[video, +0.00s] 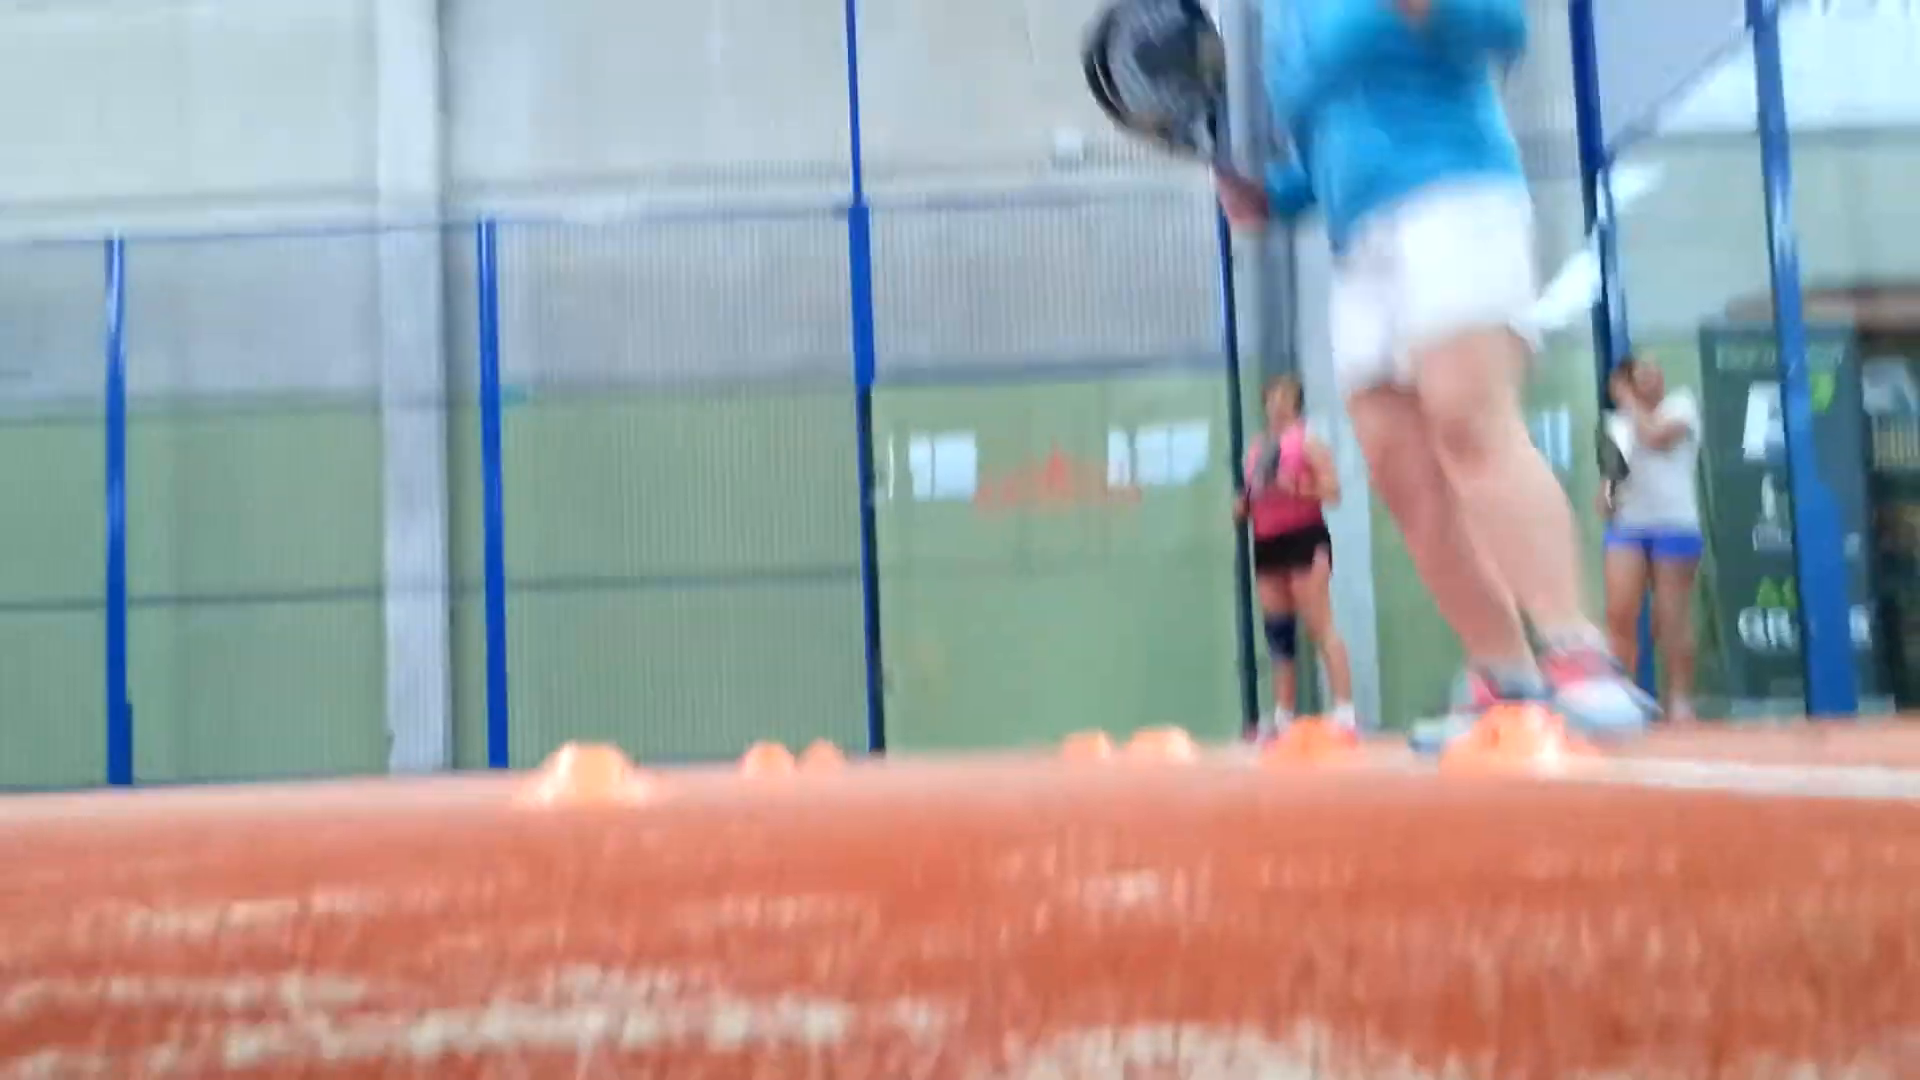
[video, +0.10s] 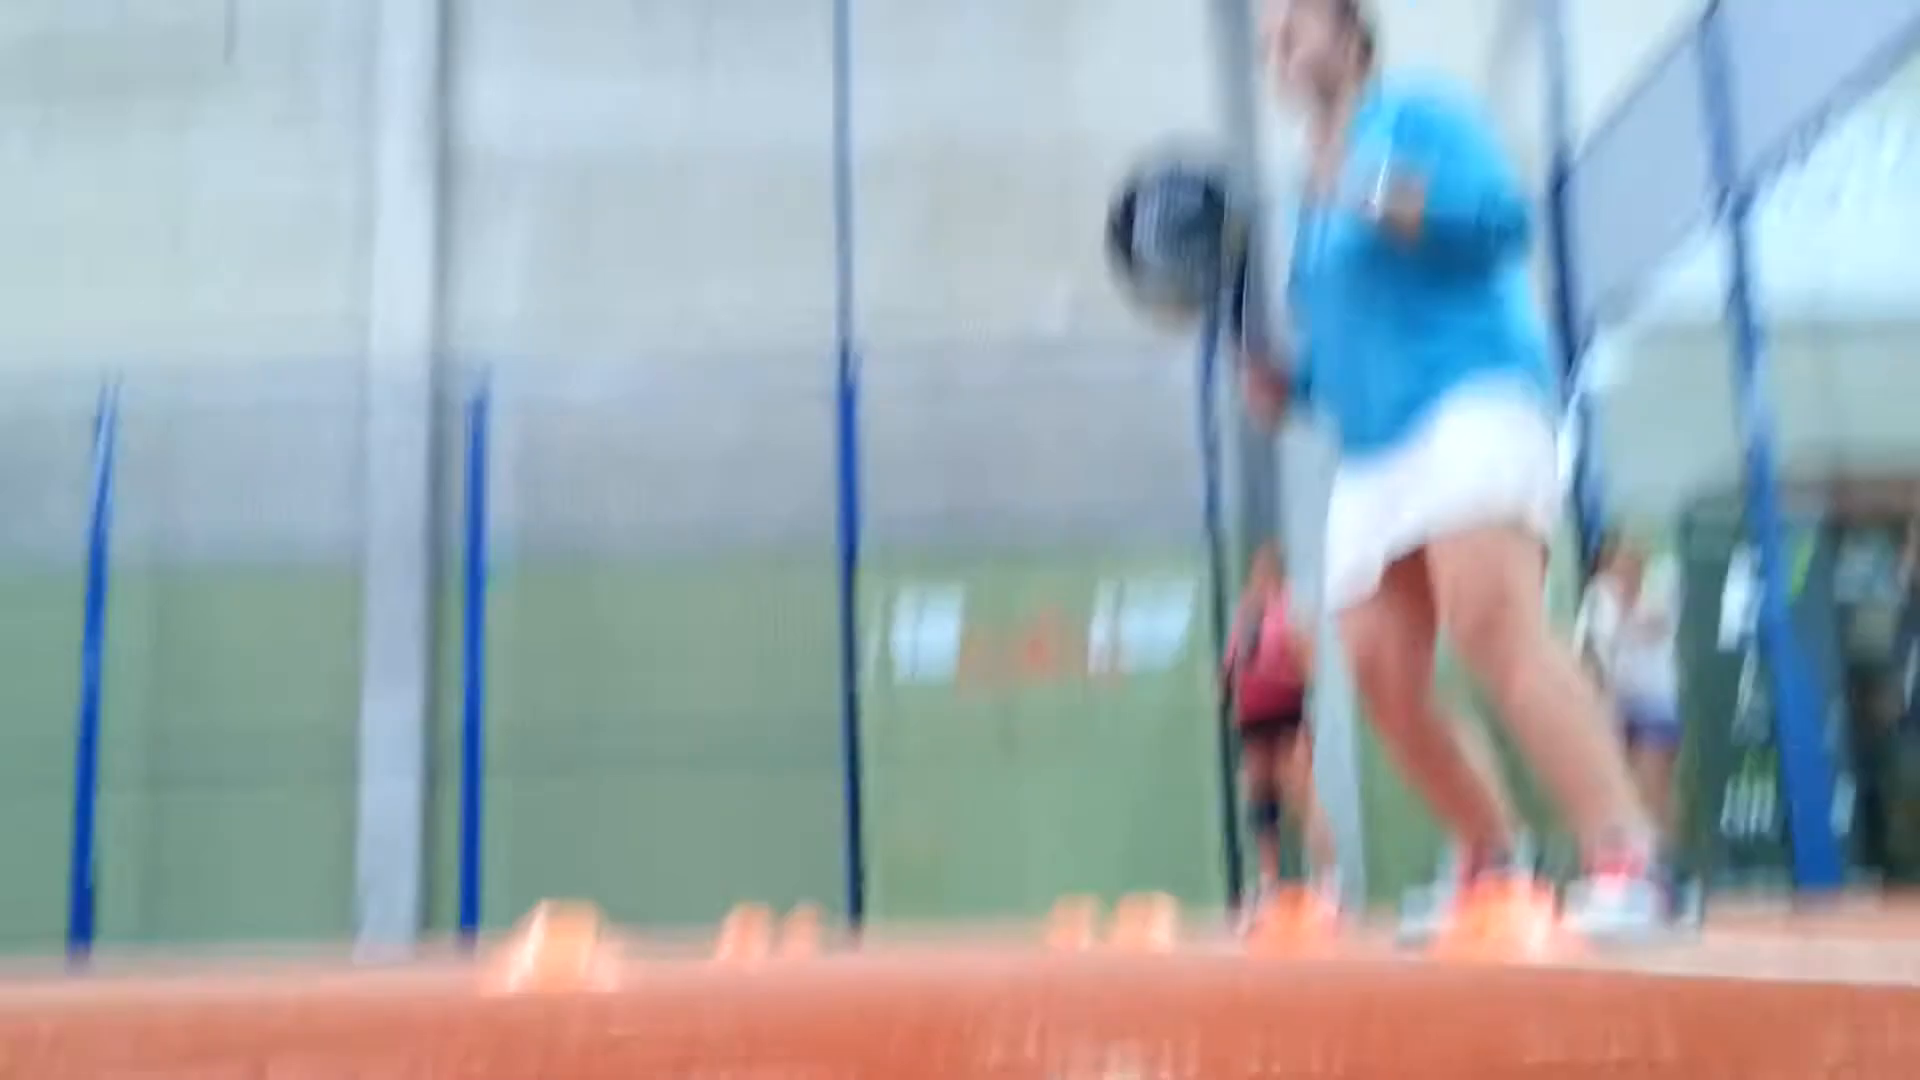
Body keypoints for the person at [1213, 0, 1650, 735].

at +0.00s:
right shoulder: (1286, 15)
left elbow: (1506, 29)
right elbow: (1331, 157)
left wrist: (1433, 11)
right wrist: (1269, 195)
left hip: (1455, 188)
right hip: (1357, 228)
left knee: (1470, 416)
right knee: (1399, 461)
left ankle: (1581, 664)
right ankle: (1510, 686)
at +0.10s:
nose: (1284, 56)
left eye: (1299, 32)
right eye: (1272, 41)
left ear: (1349, 30)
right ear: (1268, 56)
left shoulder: (1417, 110)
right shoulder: (1315, 177)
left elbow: (1503, 218)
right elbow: (1338, 350)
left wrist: (1402, 207)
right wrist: (1281, 378)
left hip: (1475, 398)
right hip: (1372, 439)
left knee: (1491, 620)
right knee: (1383, 675)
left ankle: (1623, 860)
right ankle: (1493, 858)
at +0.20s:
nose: (1254, 171)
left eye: (1268, 149)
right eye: (1249, 153)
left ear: (1315, 145)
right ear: (1262, 160)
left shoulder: (1387, 213)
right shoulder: (1298, 276)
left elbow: (1478, 307)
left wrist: (1351, 331)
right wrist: (1263, 472)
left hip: (1460, 523)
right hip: (1360, 556)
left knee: (1480, 760)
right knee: (1365, 798)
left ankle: (1603, 1025)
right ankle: (1484, 1028)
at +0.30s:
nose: (1288, 166)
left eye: (1304, 144)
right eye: (1282, 157)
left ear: (1369, 145)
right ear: (1299, 182)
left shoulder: (1431, 201)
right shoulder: (1341, 289)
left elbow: (1548, 284)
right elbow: (1401, 486)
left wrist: (1391, 315)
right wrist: (1351, 482)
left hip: (1517, 496)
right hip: (1428, 539)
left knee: (1527, 750)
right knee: (1423, 789)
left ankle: (1668, 1007)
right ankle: (1531, 1028)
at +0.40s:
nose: (1296, 117)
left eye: (1313, 94)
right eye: (1289, 106)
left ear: (1378, 93)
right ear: (1304, 129)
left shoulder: (1436, 151)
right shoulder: (1346, 240)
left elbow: (1553, 239)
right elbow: (1423, 406)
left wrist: (1400, 290)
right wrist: (1369, 443)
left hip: (1529, 445)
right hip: (1444, 482)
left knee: (1541, 714)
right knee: (1417, 744)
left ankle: (1691, 980)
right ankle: (1546, 991)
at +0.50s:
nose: (1306, 82)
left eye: (1323, 57)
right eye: (1302, 70)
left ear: (1390, 55)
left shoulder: (1456, 126)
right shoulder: (1367, 211)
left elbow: (1566, 226)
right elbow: (1427, 395)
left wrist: (1402, 277)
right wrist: (1371, 415)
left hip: (1537, 443)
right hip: (1447, 489)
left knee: (1556, 699)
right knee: (1431, 736)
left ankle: (1724, 958)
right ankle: (1567, 963)